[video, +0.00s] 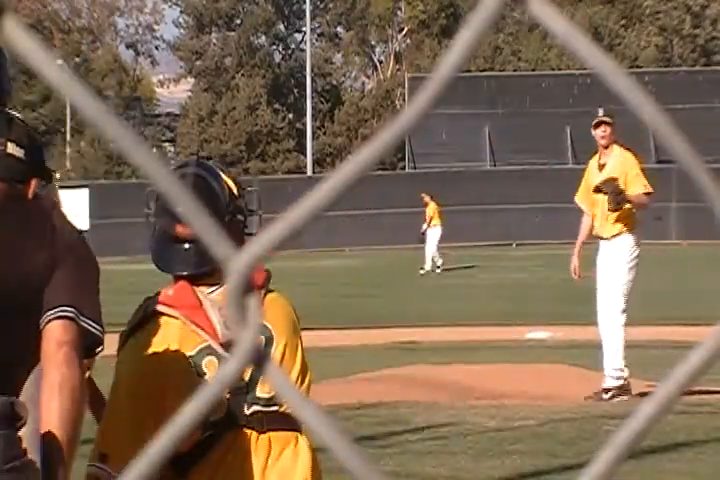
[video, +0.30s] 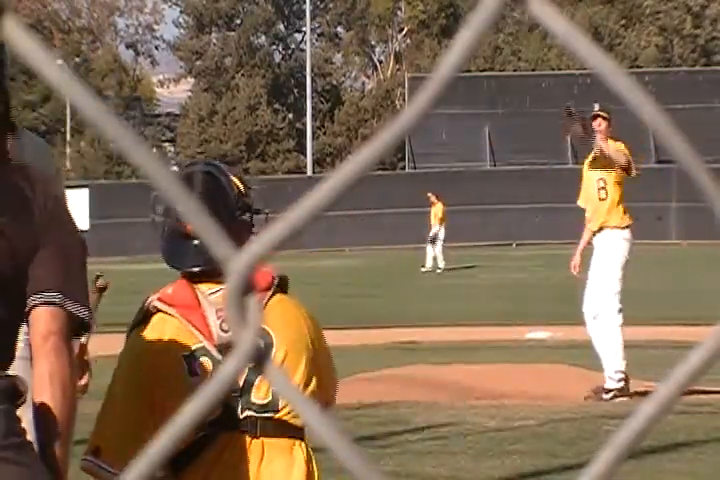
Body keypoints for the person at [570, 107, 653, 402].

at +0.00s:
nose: (603, 132)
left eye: (607, 127)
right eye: (598, 127)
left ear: (614, 131)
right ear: (593, 133)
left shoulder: (625, 158)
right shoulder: (593, 165)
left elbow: (646, 198)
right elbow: (588, 214)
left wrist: (623, 198)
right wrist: (576, 251)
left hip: (623, 240)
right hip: (604, 242)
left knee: (614, 308)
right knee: (603, 309)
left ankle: (617, 377)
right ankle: (612, 376)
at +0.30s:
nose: (598, 124)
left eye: (602, 120)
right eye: (595, 120)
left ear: (609, 125)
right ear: (590, 125)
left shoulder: (618, 148)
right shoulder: (588, 163)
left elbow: (623, 162)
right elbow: (592, 212)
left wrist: (603, 148)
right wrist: (579, 250)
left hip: (616, 232)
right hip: (598, 235)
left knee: (607, 304)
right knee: (591, 306)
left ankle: (617, 376)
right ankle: (613, 374)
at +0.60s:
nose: (588, 111)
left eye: (593, 107)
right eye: (589, 106)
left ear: (601, 112)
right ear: (591, 113)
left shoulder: (599, 133)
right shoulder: (588, 144)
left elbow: (587, 96)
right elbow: (590, 196)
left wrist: (573, 60)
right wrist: (584, 231)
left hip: (600, 214)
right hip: (593, 215)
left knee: (599, 286)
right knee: (596, 287)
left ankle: (605, 363)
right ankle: (603, 363)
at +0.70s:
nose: (580, 105)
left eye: (585, 101)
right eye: (583, 101)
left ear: (595, 106)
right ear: (599, 110)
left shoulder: (593, 119)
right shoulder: (598, 135)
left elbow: (571, 82)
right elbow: (620, 185)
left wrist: (561, 49)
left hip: (596, 209)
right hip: (606, 210)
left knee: (594, 283)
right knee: (604, 284)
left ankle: (600, 360)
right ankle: (605, 359)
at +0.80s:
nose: (580, 115)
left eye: (583, 111)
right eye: (583, 111)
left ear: (592, 114)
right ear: (604, 118)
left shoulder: (585, 124)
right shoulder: (613, 147)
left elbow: (564, 90)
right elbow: (627, 191)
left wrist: (553, 59)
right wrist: (610, 214)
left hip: (591, 217)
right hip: (611, 219)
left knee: (593, 292)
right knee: (608, 293)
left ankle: (603, 366)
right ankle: (606, 364)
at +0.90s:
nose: (573, 119)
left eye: (577, 115)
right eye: (574, 115)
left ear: (590, 118)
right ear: (602, 121)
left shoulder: (584, 133)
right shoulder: (615, 152)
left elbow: (561, 110)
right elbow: (630, 199)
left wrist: (547, 91)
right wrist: (609, 221)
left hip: (588, 223)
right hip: (610, 225)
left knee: (592, 296)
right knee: (608, 296)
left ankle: (603, 370)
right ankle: (609, 366)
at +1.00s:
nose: (580, 126)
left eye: (581, 122)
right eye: (581, 123)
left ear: (586, 122)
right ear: (603, 125)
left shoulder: (576, 133)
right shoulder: (617, 153)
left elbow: (538, 124)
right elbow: (627, 202)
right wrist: (613, 227)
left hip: (586, 224)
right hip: (610, 226)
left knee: (582, 296)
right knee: (607, 296)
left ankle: (599, 366)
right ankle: (611, 366)